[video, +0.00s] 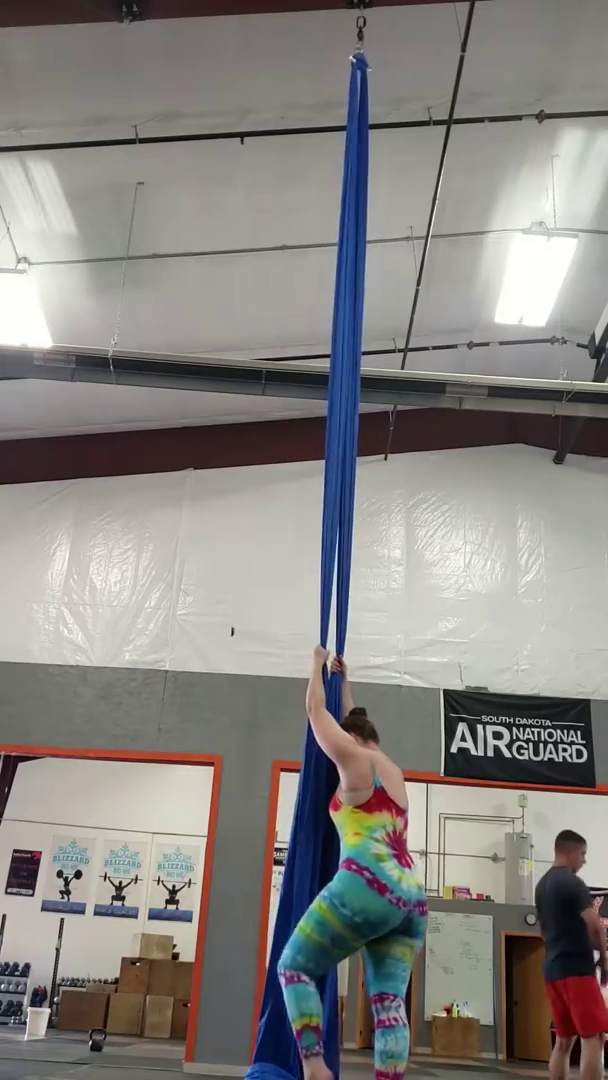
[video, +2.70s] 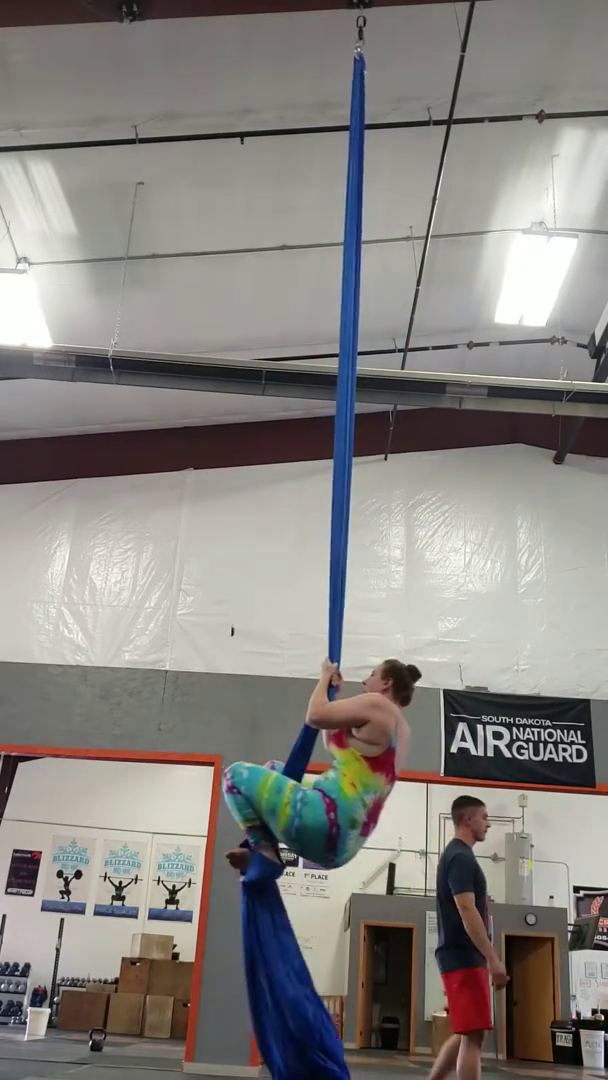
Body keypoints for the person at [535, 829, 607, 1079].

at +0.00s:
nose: (584, 860)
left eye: (585, 854)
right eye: (582, 854)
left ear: (560, 852)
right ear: (570, 852)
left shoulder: (542, 884)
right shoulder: (573, 882)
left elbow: (548, 930)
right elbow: (594, 924)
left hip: (552, 969)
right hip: (577, 969)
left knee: (563, 1039)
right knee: (593, 1038)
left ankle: (556, 1078)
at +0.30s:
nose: (575, 855)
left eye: (574, 849)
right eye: (571, 849)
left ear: (554, 851)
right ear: (555, 850)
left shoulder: (541, 879)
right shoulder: (551, 881)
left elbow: (548, 930)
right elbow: (556, 929)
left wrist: (565, 969)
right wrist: (569, 968)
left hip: (535, 964)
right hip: (546, 966)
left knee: (547, 1036)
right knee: (553, 1035)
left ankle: (546, 1076)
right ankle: (549, 1078)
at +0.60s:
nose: (551, 851)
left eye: (550, 846)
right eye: (546, 846)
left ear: (533, 849)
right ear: (530, 848)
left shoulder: (533, 883)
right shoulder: (519, 881)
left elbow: (543, 935)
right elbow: (520, 931)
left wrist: (563, 965)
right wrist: (548, 972)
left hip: (536, 971)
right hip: (518, 971)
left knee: (543, 1041)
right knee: (516, 1039)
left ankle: (545, 1076)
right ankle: (504, 1077)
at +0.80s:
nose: (541, 844)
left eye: (540, 839)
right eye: (535, 839)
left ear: (525, 843)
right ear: (517, 841)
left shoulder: (536, 881)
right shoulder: (501, 876)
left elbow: (538, 922)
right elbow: (489, 922)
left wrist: (544, 948)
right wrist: (502, 968)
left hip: (535, 972)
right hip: (509, 971)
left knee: (552, 1037)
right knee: (508, 1041)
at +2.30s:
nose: (521, 828)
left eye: (520, 822)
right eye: (516, 821)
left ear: (499, 824)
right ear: (498, 823)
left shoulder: (504, 864)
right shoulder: (480, 860)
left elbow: (509, 918)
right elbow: (469, 913)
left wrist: (517, 964)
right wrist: (474, 963)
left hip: (509, 968)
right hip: (487, 967)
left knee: (522, 1040)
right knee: (487, 1040)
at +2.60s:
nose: (497, 825)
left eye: (496, 819)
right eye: (493, 819)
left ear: (475, 821)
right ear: (476, 820)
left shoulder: (467, 854)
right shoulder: (466, 857)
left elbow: (471, 912)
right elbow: (468, 912)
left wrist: (486, 961)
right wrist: (483, 961)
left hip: (471, 961)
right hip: (468, 961)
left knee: (478, 1038)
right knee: (474, 1039)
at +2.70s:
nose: (488, 823)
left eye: (487, 818)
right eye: (484, 817)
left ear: (464, 820)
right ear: (467, 819)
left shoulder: (455, 854)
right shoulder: (460, 857)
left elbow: (462, 910)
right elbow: (468, 910)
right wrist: (493, 958)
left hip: (457, 956)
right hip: (464, 957)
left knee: (464, 1032)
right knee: (473, 1035)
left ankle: (434, 1075)